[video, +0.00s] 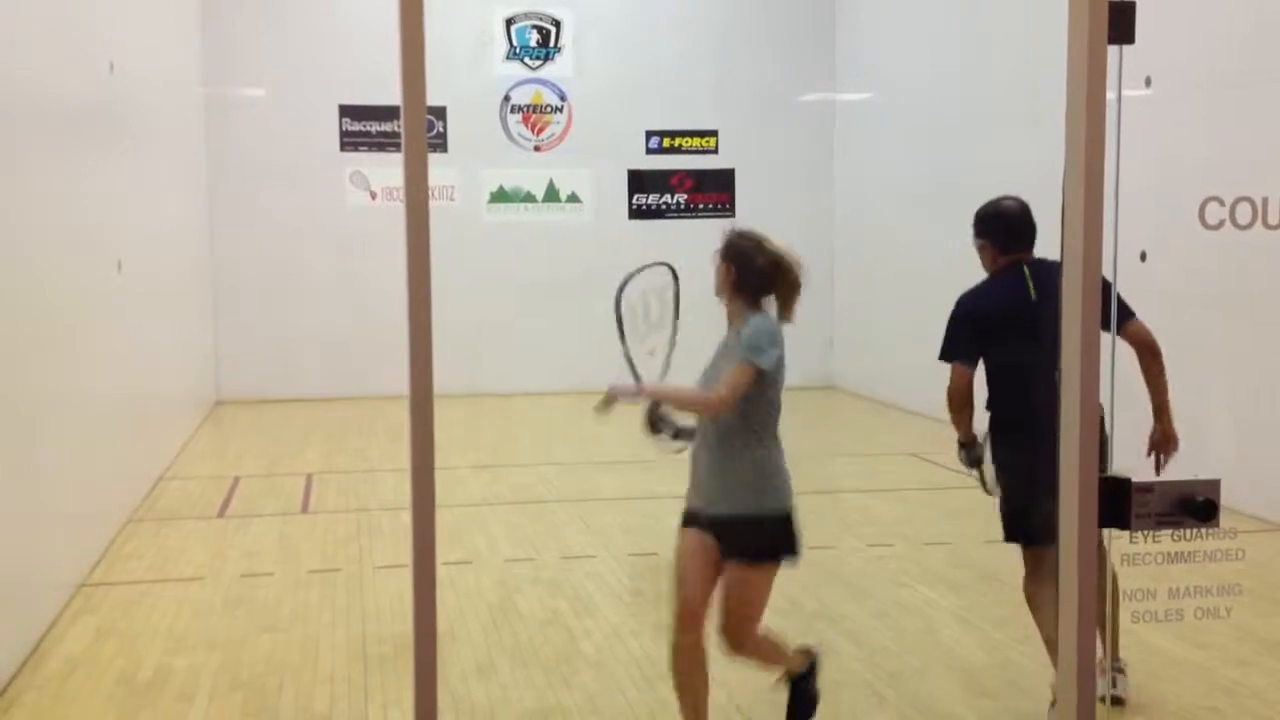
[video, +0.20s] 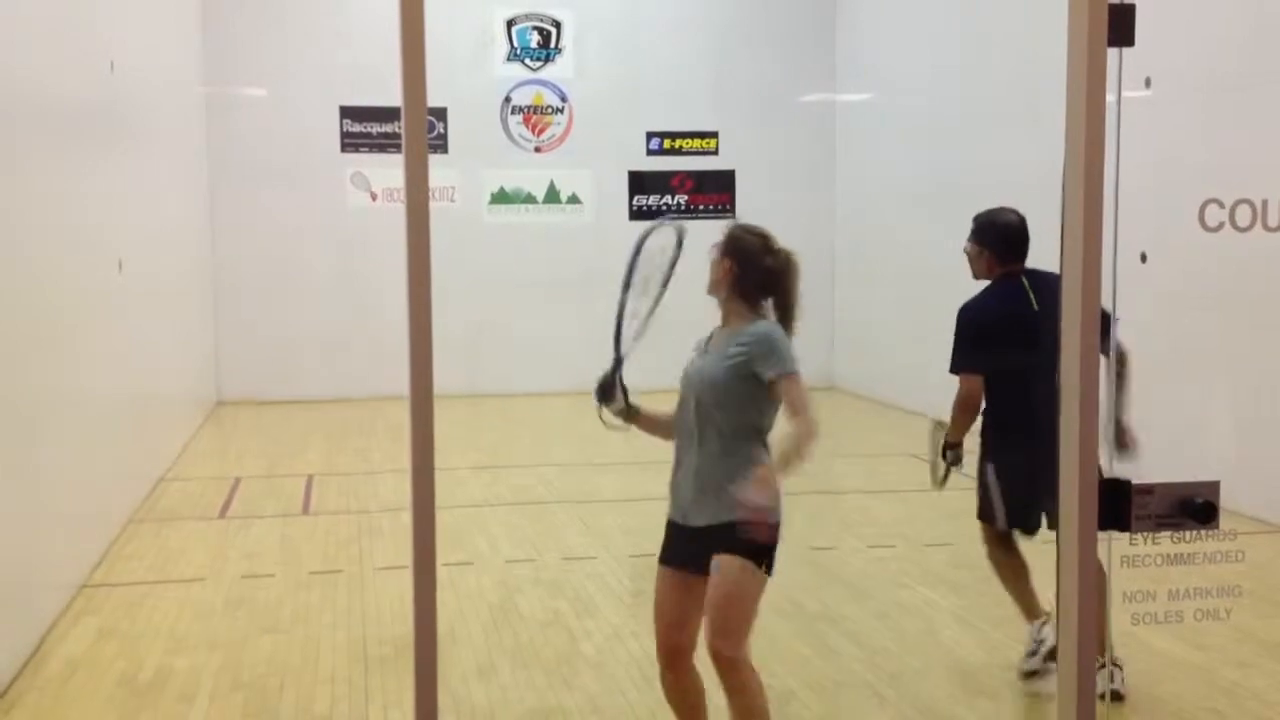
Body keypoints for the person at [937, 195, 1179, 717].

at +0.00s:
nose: (977, 253)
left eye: (978, 245)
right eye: (977, 245)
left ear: (987, 247)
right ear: (1032, 241)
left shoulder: (977, 303)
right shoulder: (1079, 279)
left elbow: (959, 388)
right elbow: (1145, 342)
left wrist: (966, 437)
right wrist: (1163, 419)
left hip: (1023, 451)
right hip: (1085, 444)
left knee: (1040, 565)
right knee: (1093, 549)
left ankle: (1069, 683)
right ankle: (1114, 666)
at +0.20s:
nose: (967, 251)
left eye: (971, 246)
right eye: (969, 244)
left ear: (988, 254)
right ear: (1019, 250)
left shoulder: (978, 312)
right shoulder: (1061, 288)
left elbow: (970, 397)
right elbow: (1118, 353)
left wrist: (952, 441)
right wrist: (1119, 420)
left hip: (1011, 448)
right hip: (1070, 441)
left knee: (997, 534)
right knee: (1082, 548)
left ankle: (1039, 623)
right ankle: (1103, 660)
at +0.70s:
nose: (888, 241)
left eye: (897, 237)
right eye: (893, 234)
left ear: (918, 250)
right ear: (927, 248)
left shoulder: (907, 304)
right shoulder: (960, 272)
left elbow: (896, 380)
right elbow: (998, 319)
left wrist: (864, 409)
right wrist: (982, 371)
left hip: (935, 411)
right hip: (972, 401)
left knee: (935, 506)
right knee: (941, 499)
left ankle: (966, 619)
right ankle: (961, 603)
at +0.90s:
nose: (868, 254)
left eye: (877, 250)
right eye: (872, 246)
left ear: (899, 260)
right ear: (902, 257)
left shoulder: (884, 313)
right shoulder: (932, 279)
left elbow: (867, 380)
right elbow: (973, 319)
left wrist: (833, 395)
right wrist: (974, 379)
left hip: (905, 421)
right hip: (934, 412)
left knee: (914, 512)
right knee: (901, 500)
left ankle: (965, 611)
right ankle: (893, 586)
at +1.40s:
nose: (802, 267)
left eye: (803, 261)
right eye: (804, 260)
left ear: (809, 261)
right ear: (842, 257)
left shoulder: (806, 306)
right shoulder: (872, 291)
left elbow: (795, 375)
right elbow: (907, 346)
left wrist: (799, 405)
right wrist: (882, 379)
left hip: (831, 406)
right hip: (879, 402)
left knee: (785, 494)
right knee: (869, 488)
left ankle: (767, 591)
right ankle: (888, 583)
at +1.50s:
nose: (798, 275)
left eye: (798, 269)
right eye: (800, 269)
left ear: (803, 270)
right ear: (838, 265)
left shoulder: (798, 312)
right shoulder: (869, 298)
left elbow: (785, 381)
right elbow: (902, 362)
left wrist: (788, 418)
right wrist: (881, 396)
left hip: (824, 410)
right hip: (875, 408)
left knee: (779, 493)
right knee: (875, 487)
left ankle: (766, 590)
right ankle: (874, 581)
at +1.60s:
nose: (809, 275)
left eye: (810, 270)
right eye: (813, 270)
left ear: (814, 273)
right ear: (850, 269)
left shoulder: (803, 311)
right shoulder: (880, 302)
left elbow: (785, 375)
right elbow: (915, 365)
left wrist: (790, 415)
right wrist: (896, 404)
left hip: (825, 411)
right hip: (876, 411)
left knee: (783, 488)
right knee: (893, 482)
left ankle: (759, 581)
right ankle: (873, 575)